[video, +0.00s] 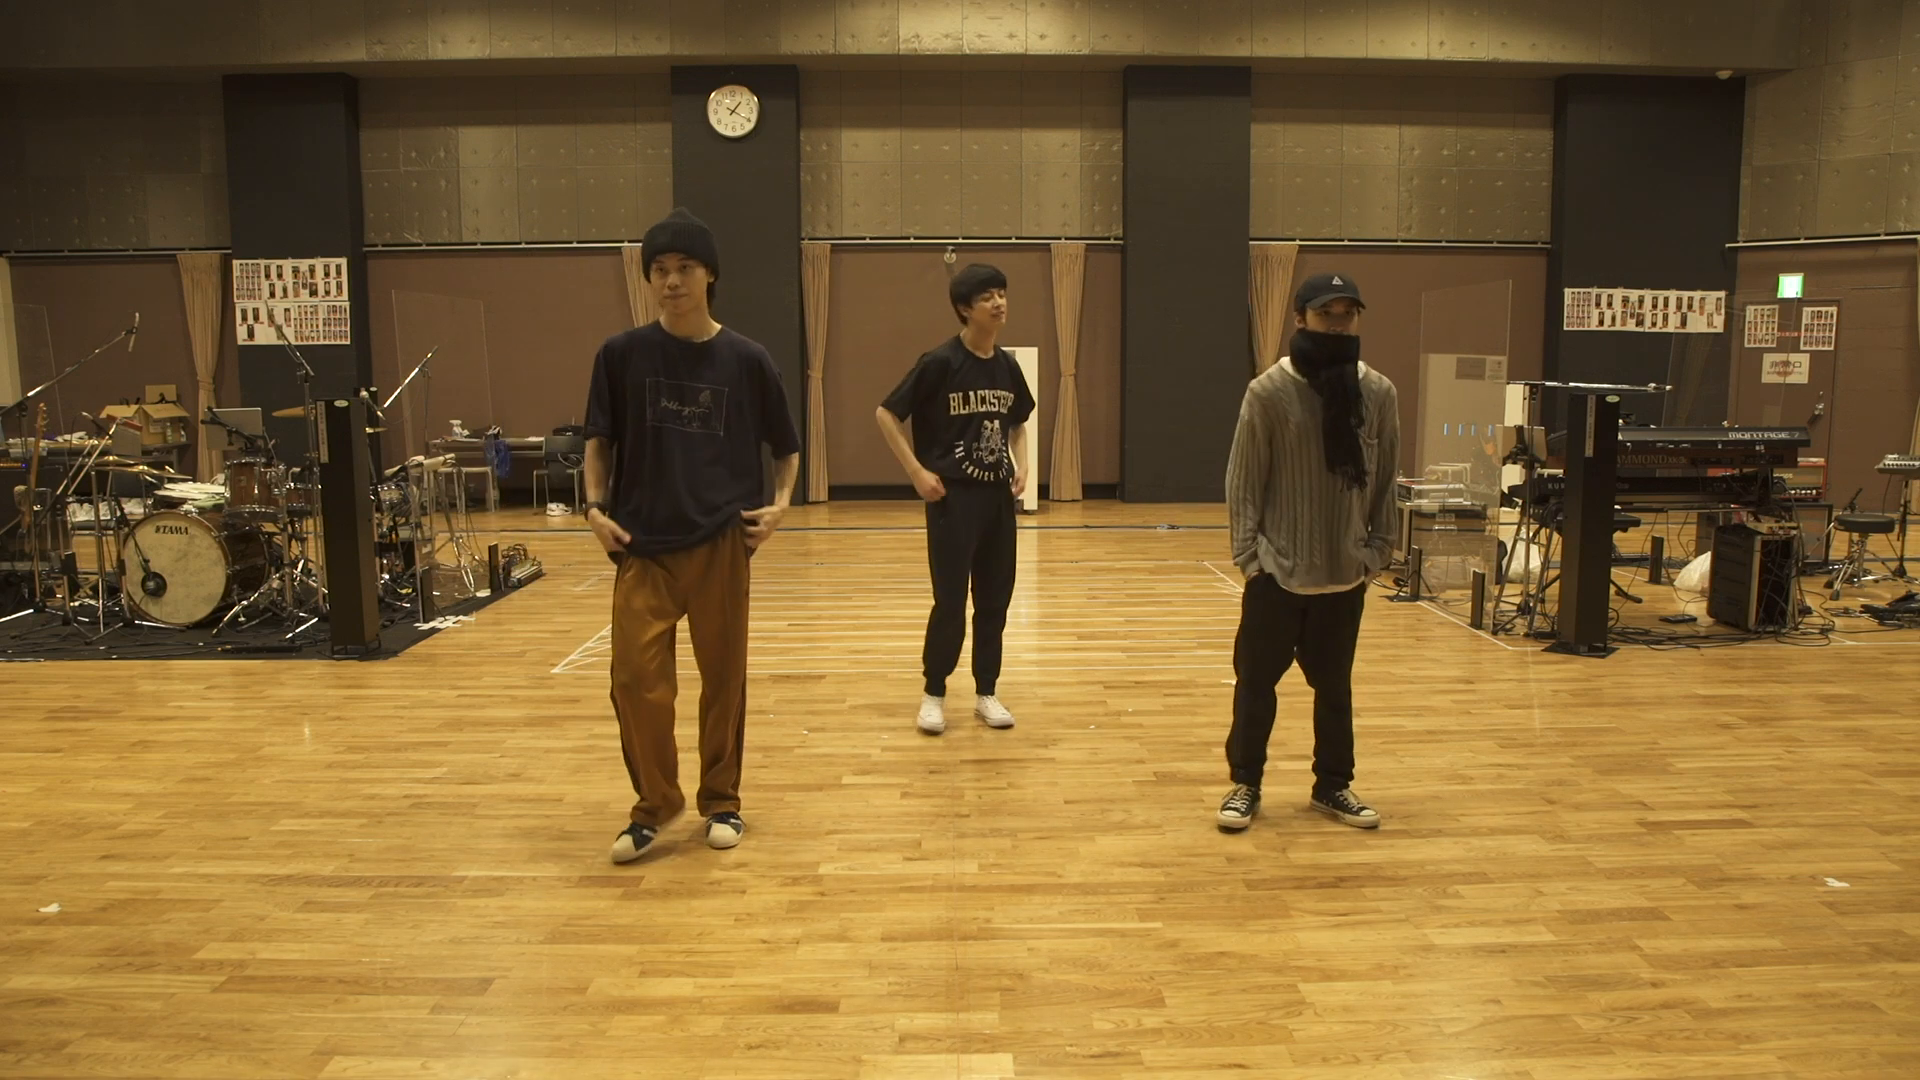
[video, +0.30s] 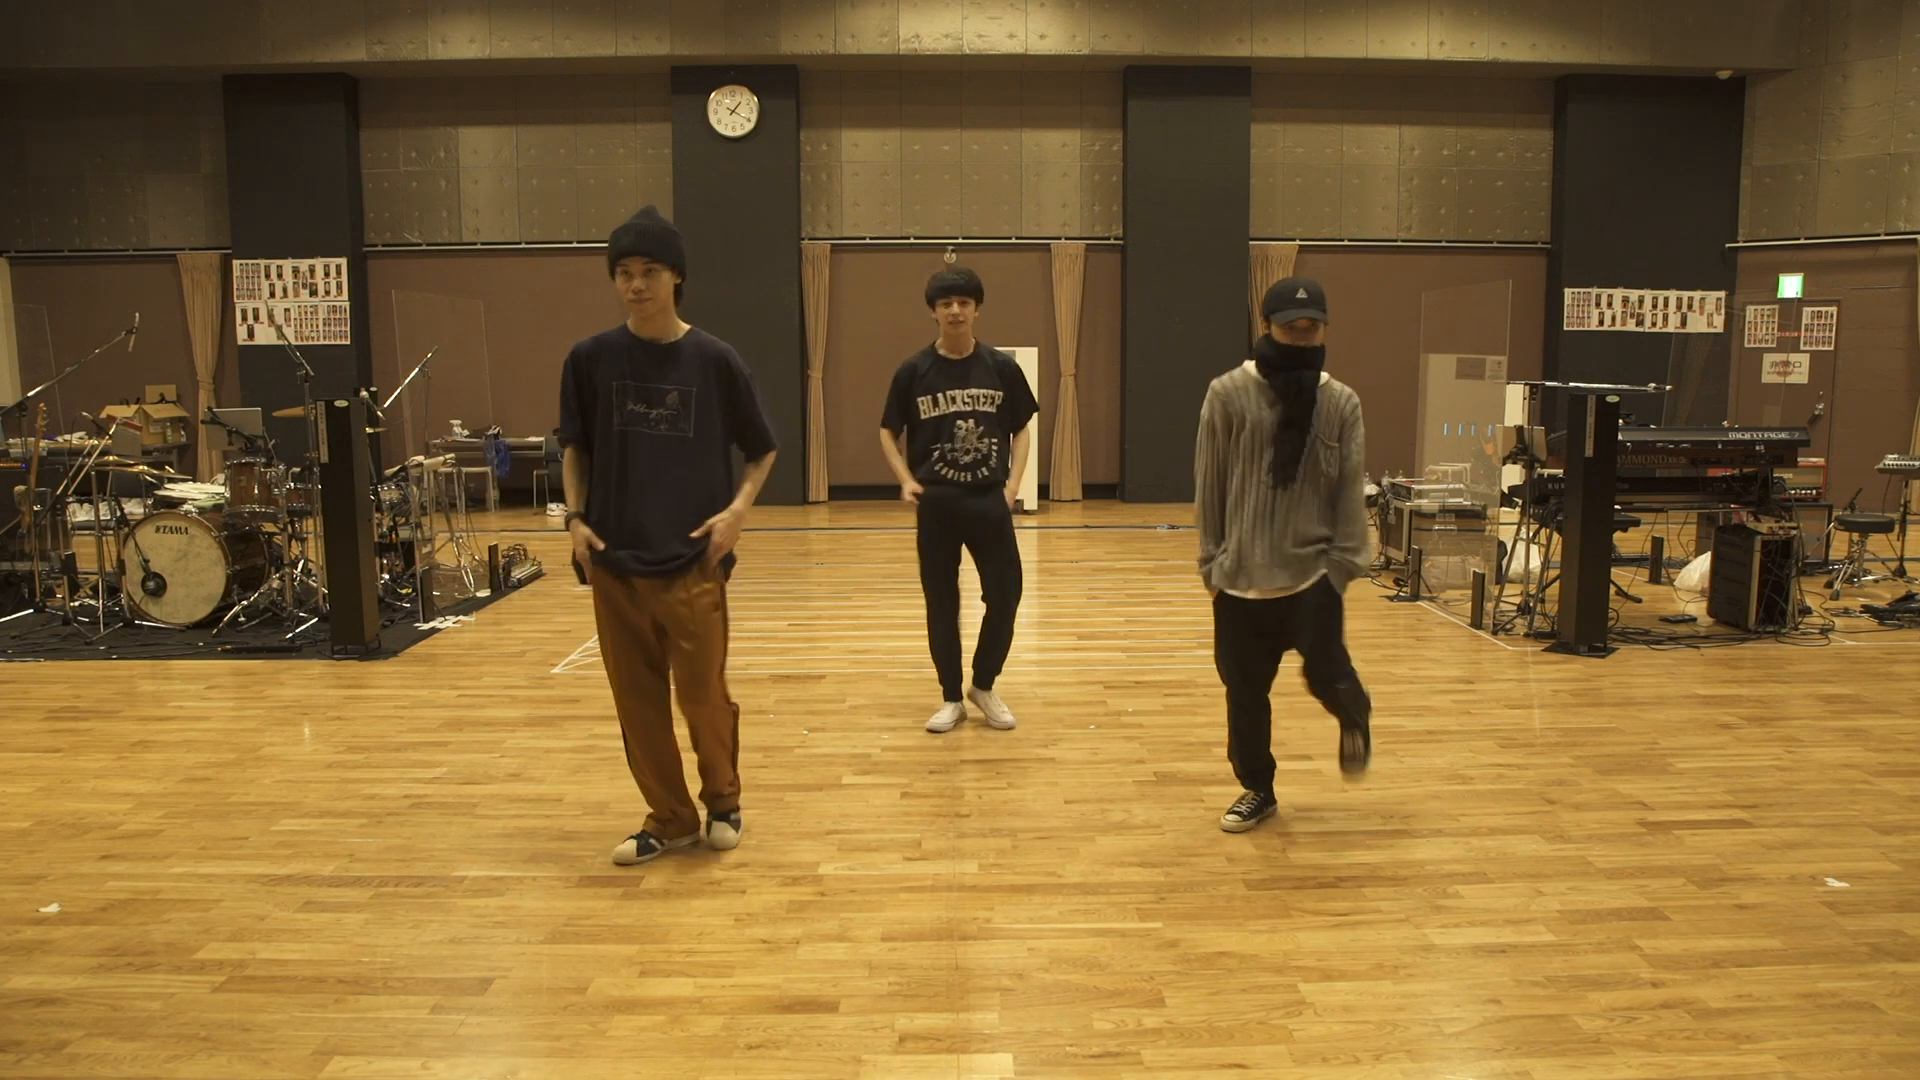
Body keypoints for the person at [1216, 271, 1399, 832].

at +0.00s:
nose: (1341, 323)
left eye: (1350, 313)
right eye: (1329, 313)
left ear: (1359, 320)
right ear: (1301, 319)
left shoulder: (1378, 392)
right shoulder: (1269, 391)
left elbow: (1386, 480)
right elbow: (1242, 481)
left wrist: (1374, 553)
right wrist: (1249, 559)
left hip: (1343, 572)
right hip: (1275, 570)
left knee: (1335, 687)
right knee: (1255, 684)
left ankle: (1333, 788)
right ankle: (1244, 786)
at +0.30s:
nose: (1303, 337)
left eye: (1313, 327)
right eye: (1291, 326)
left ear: (1325, 332)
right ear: (1266, 328)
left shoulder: (1340, 402)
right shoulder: (1226, 393)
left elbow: (1352, 489)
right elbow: (1209, 481)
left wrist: (1342, 563)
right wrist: (1211, 558)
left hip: (1311, 571)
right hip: (1239, 573)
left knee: (1327, 672)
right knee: (1243, 691)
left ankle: (1355, 719)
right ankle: (1257, 790)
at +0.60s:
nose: (1263, 380)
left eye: (1275, 371)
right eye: (1253, 367)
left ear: (1294, 371)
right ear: (1235, 362)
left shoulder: (1308, 431)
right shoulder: (1226, 415)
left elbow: (1353, 512)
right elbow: (1235, 503)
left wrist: (1298, 569)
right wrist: (1231, 575)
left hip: (1287, 590)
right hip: (1244, 587)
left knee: (1272, 714)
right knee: (1212, 692)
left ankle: (1331, 857)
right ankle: (1277, 803)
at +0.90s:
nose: (1251, 350)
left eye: (1265, 340)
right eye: (1241, 336)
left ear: (1281, 340)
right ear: (1222, 329)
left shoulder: (1306, 388)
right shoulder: (1186, 397)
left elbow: (1350, 463)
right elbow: (1178, 480)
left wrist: (1301, 522)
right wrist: (1193, 547)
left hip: (1283, 534)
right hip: (1215, 544)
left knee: (1261, 600)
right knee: (1195, 677)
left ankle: (1313, 722)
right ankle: (1261, 772)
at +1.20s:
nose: (1253, 347)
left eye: (1262, 337)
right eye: (1241, 336)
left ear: (1276, 335)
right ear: (1214, 329)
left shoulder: (1297, 387)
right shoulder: (1177, 397)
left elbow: (1307, 480)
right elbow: (1152, 488)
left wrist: (1297, 558)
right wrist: (1173, 540)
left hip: (1264, 566)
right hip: (1195, 565)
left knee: (1250, 680)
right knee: (1196, 678)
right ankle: (1201, 780)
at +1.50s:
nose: (1281, 362)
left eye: (1289, 352)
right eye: (1268, 352)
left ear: (1297, 359)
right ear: (1237, 357)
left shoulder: (1322, 425)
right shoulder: (1204, 432)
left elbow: (1328, 512)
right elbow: (1176, 521)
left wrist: (1312, 579)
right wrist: (1210, 586)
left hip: (1286, 590)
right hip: (1228, 590)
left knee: (1244, 698)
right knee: (1239, 698)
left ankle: (1167, 734)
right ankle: (1216, 798)